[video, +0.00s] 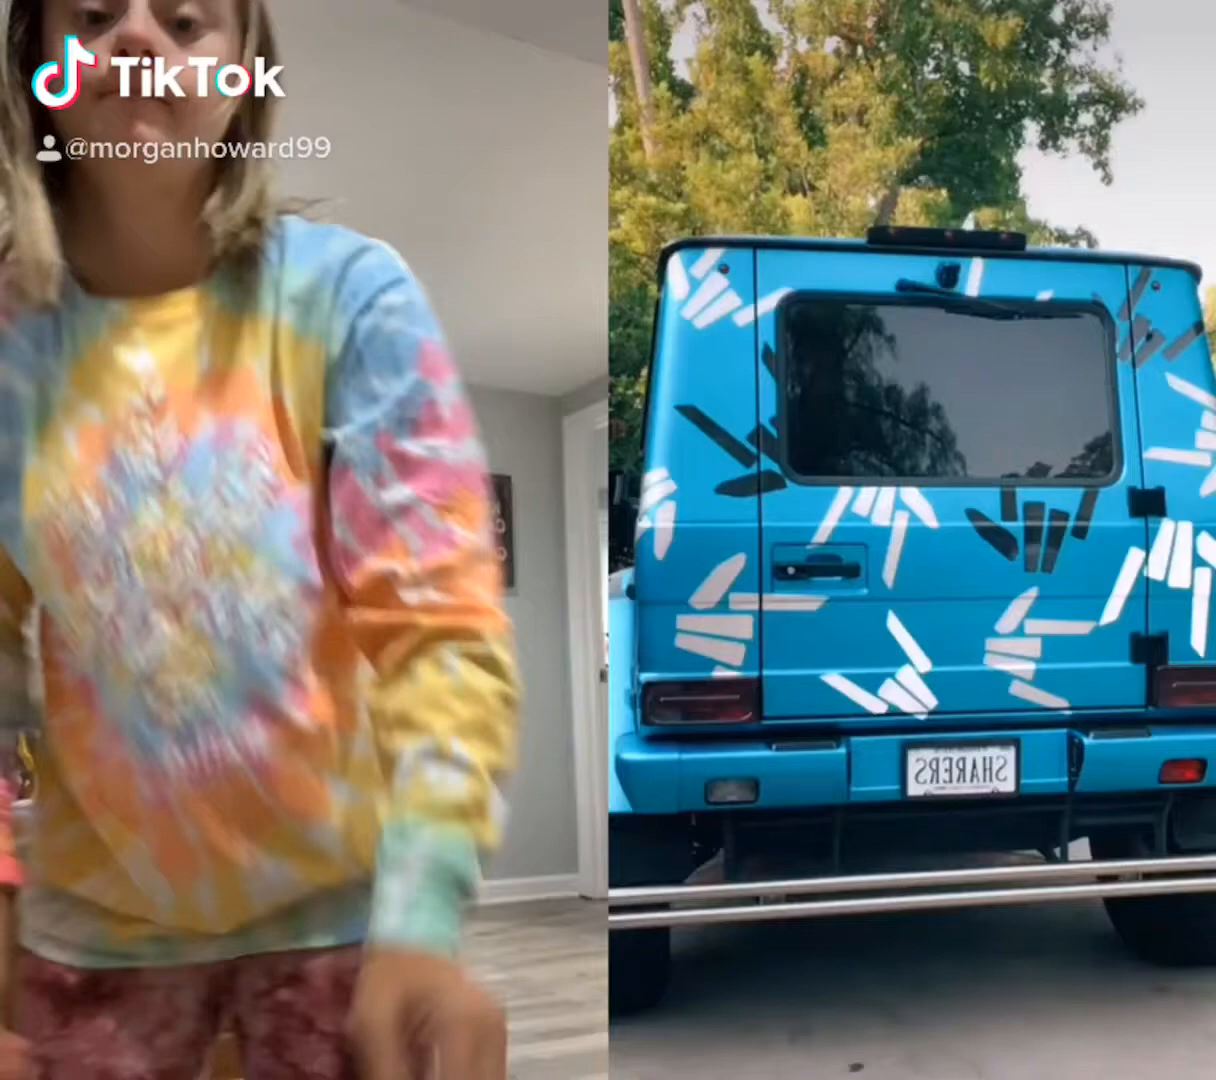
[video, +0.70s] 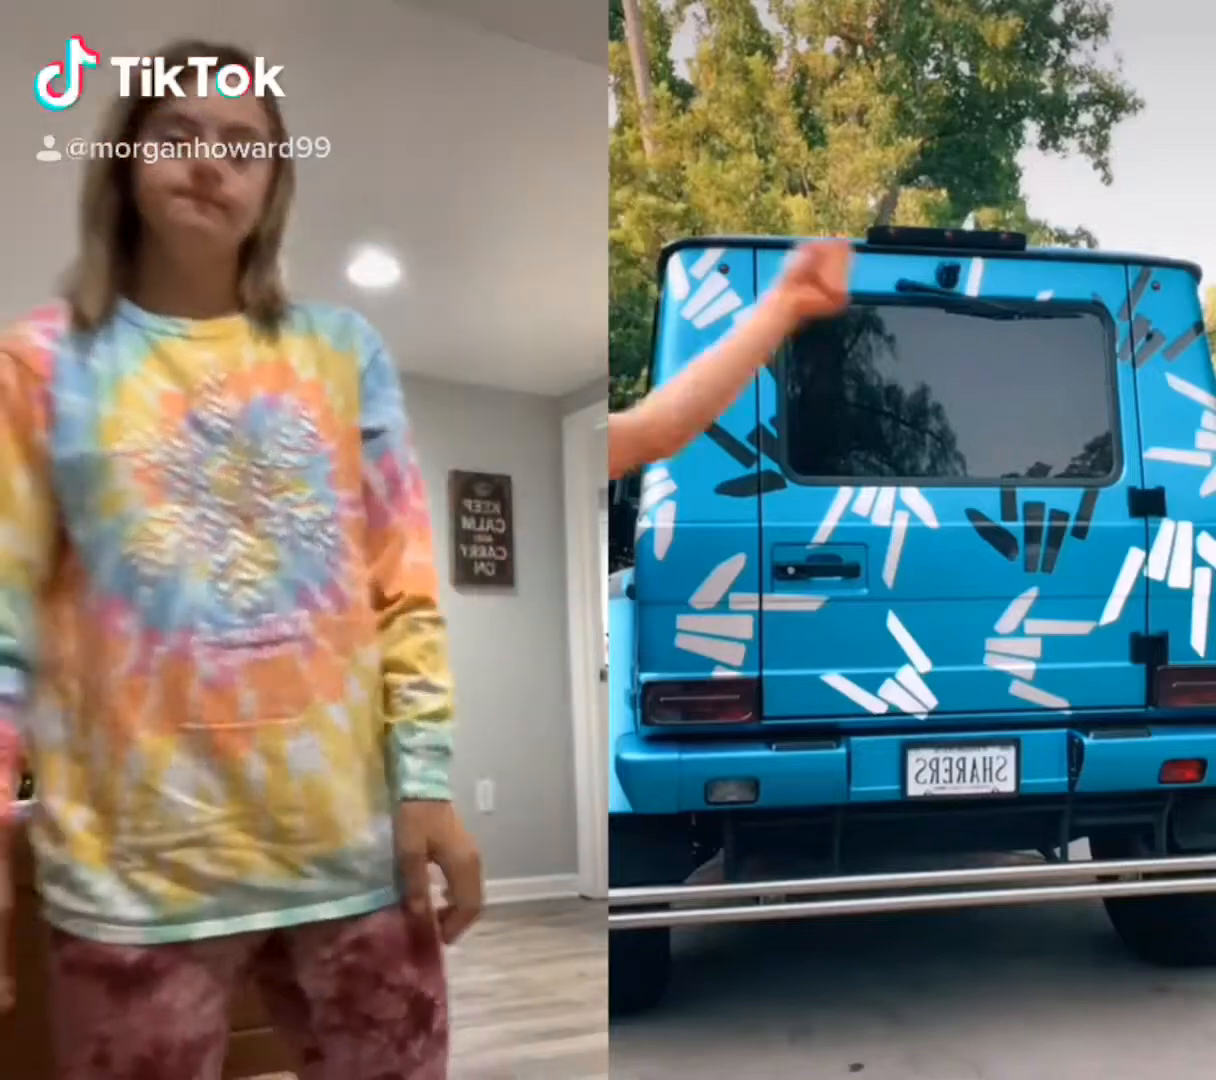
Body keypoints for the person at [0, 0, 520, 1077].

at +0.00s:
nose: (139, 39)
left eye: (185, 14)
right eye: (93, 15)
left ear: (249, 71)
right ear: (34, 69)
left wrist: (418, 926)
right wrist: (6, 933)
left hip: (331, 938)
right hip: (86, 956)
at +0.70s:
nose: (210, 162)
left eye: (241, 143)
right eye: (180, 134)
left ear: (276, 181)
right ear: (127, 161)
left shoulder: (343, 352)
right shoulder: (44, 361)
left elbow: (406, 588)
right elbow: (12, 597)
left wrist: (426, 785)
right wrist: (10, 788)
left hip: (345, 859)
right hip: (126, 877)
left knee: (399, 1067)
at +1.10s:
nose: (328, 206)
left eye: (354, 186)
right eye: (297, 185)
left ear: (384, 220)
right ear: (253, 217)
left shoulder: (464, 376)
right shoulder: (198, 410)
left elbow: (508, 575)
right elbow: (171, 632)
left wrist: (484, 721)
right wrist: (178, 814)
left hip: (455, 847)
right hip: (274, 859)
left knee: (446, 1072)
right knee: (262, 1069)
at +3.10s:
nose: (183, 212)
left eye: (209, 191)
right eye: (153, 187)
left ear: (239, 224)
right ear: (102, 208)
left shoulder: (285, 391)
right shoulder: (48, 360)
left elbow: (386, 555)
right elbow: (106, 553)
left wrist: (498, 718)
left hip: (313, 813)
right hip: (129, 835)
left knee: (386, 1062)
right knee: (146, 1072)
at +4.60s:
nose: (252, 287)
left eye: (277, 266)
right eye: (226, 266)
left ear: (312, 295)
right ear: (193, 293)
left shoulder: (350, 443)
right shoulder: (130, 417)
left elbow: (325, 602)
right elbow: (141, 630)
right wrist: (337, 677)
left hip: (276, 836)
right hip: (111, 839)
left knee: (320, 1065)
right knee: (76, 1065)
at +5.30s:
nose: (336, 277)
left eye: (363, 257)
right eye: (309, 256)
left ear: (394, 285)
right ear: (270, 282)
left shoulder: (469, 420)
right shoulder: (219, 458)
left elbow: (501, 629)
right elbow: (188, 657)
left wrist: (478, 813)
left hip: (470, 853)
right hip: (291, 864)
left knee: (509, 1070)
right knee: (233, 1068)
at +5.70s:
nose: (462, 272)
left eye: (488, 251)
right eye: (438, 249)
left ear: (521, 280)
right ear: (400, 269)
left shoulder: (555, 428)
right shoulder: (326, 400)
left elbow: (593, 637)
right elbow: (321, 547)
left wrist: (573, 510)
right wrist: (503, 475)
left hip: (545, 829)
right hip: (380, 816)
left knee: (555, 1070)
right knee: (308, 1070)